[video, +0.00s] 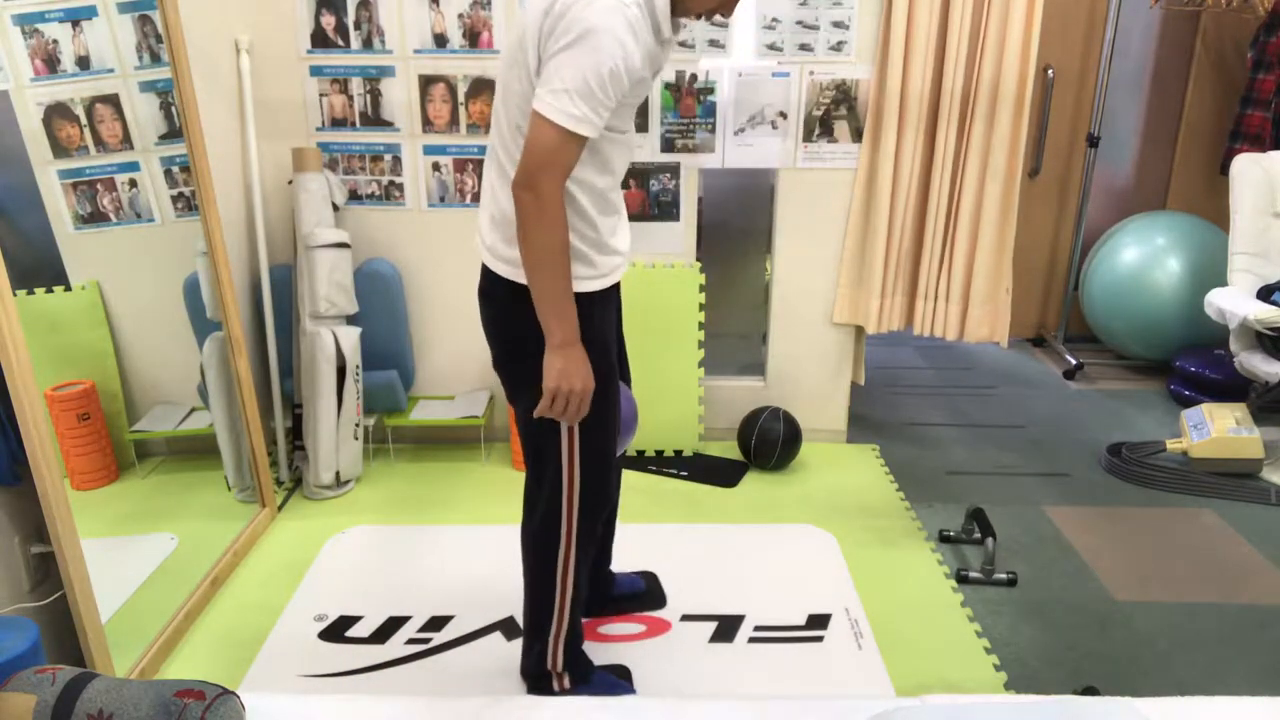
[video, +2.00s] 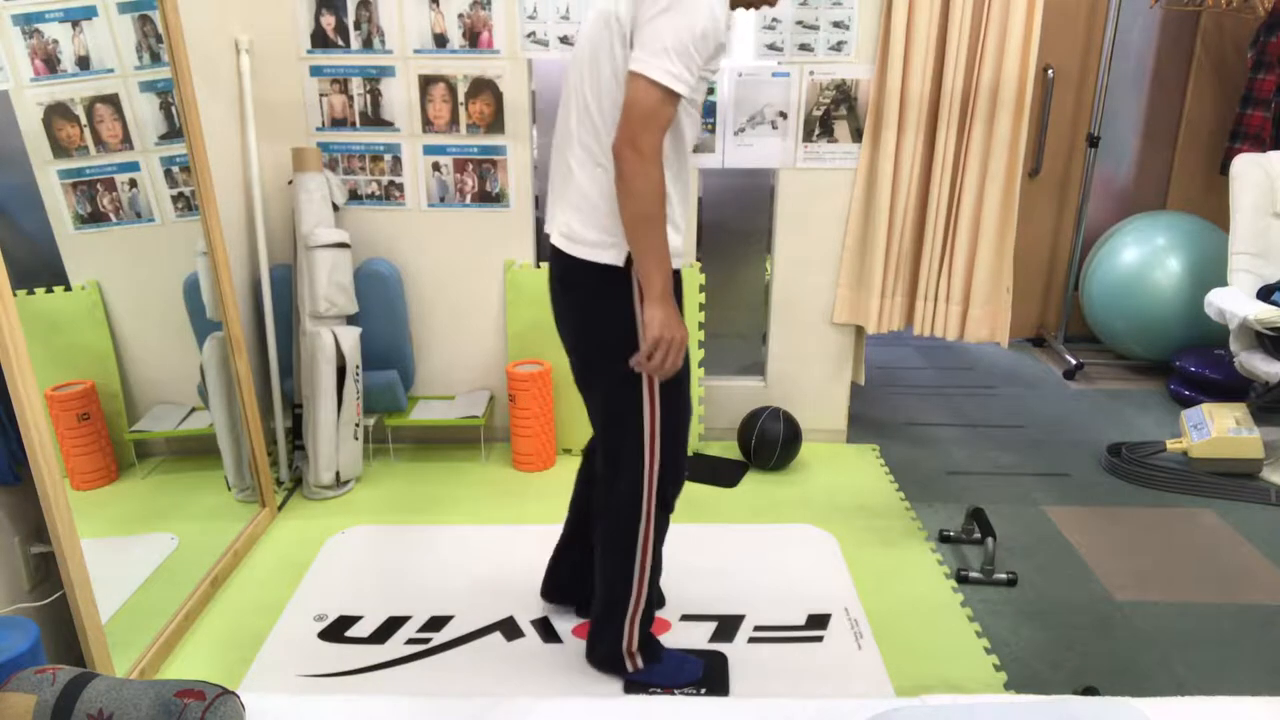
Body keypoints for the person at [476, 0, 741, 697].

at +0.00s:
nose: (728, 7)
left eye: (734, 1)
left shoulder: (640, 19)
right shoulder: (608, 29)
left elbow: (573, 173)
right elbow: (535, 185)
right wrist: (562, 341)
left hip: (587, 276)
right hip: (547, 287)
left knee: (603, 438)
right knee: (566, 473)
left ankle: (589, 583)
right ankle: (553, 666)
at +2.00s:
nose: (767, 4)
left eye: (773, 3)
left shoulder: (647, 8)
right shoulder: (691, 8)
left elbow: (612, 140)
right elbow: (636, 146)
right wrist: (658, 296)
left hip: (590, 252)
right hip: (620, 264)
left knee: (623, 436)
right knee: (653, 459)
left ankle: (576, 578)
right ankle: (625, 645)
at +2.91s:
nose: (847, 10)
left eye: (854, 5)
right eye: (853, 1)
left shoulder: (771, 18)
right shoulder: (757, 8)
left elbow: (707, 133)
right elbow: (685, 119)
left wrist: (726, 244)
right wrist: (695, 266)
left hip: (677, 240)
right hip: (653, 240)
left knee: (691, 415)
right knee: (663, 432)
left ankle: (657, 576)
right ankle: (631, 638)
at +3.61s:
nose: (939, 61)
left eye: (953, 52)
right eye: (951, 46)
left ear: (922, 0)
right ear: (933, 6)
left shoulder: (825, 9)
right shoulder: (871, 33)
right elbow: (815, 187)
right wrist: (819, 314)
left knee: (699, 425)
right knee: (736, 455)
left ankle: (666, 562)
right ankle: (714, 647)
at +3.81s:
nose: (941, 143)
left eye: (956, 140)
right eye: (956, 132)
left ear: (949, 72)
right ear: (956, 88)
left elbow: (726, 100)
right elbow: (834, 266)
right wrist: (803, 363)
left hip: (680, 227)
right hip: (689, 249)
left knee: (747, 424)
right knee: (735, 452)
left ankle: (721, 564)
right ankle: (710, 645)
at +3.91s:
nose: (936, 175)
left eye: (953, 173)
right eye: (954, 165)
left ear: (950, 105)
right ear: (954, 120)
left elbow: (724, 113)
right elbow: (825, 281)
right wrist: (797, 373)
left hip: (673, 227)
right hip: (688, 249)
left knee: (744, 428)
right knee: (741, 451)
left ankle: (722, 567)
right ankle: (712, 646)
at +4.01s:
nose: (931, 189)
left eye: (948, 187)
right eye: (950, 181)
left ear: (951, 122)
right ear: (952, 134)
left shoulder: (879, 80)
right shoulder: (899, 125)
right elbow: (820, 272)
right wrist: (793, 369)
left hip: (676, 232)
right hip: (685, 250)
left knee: (748, 431)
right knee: (742, 452)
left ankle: (723, 566)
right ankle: (713, 646)